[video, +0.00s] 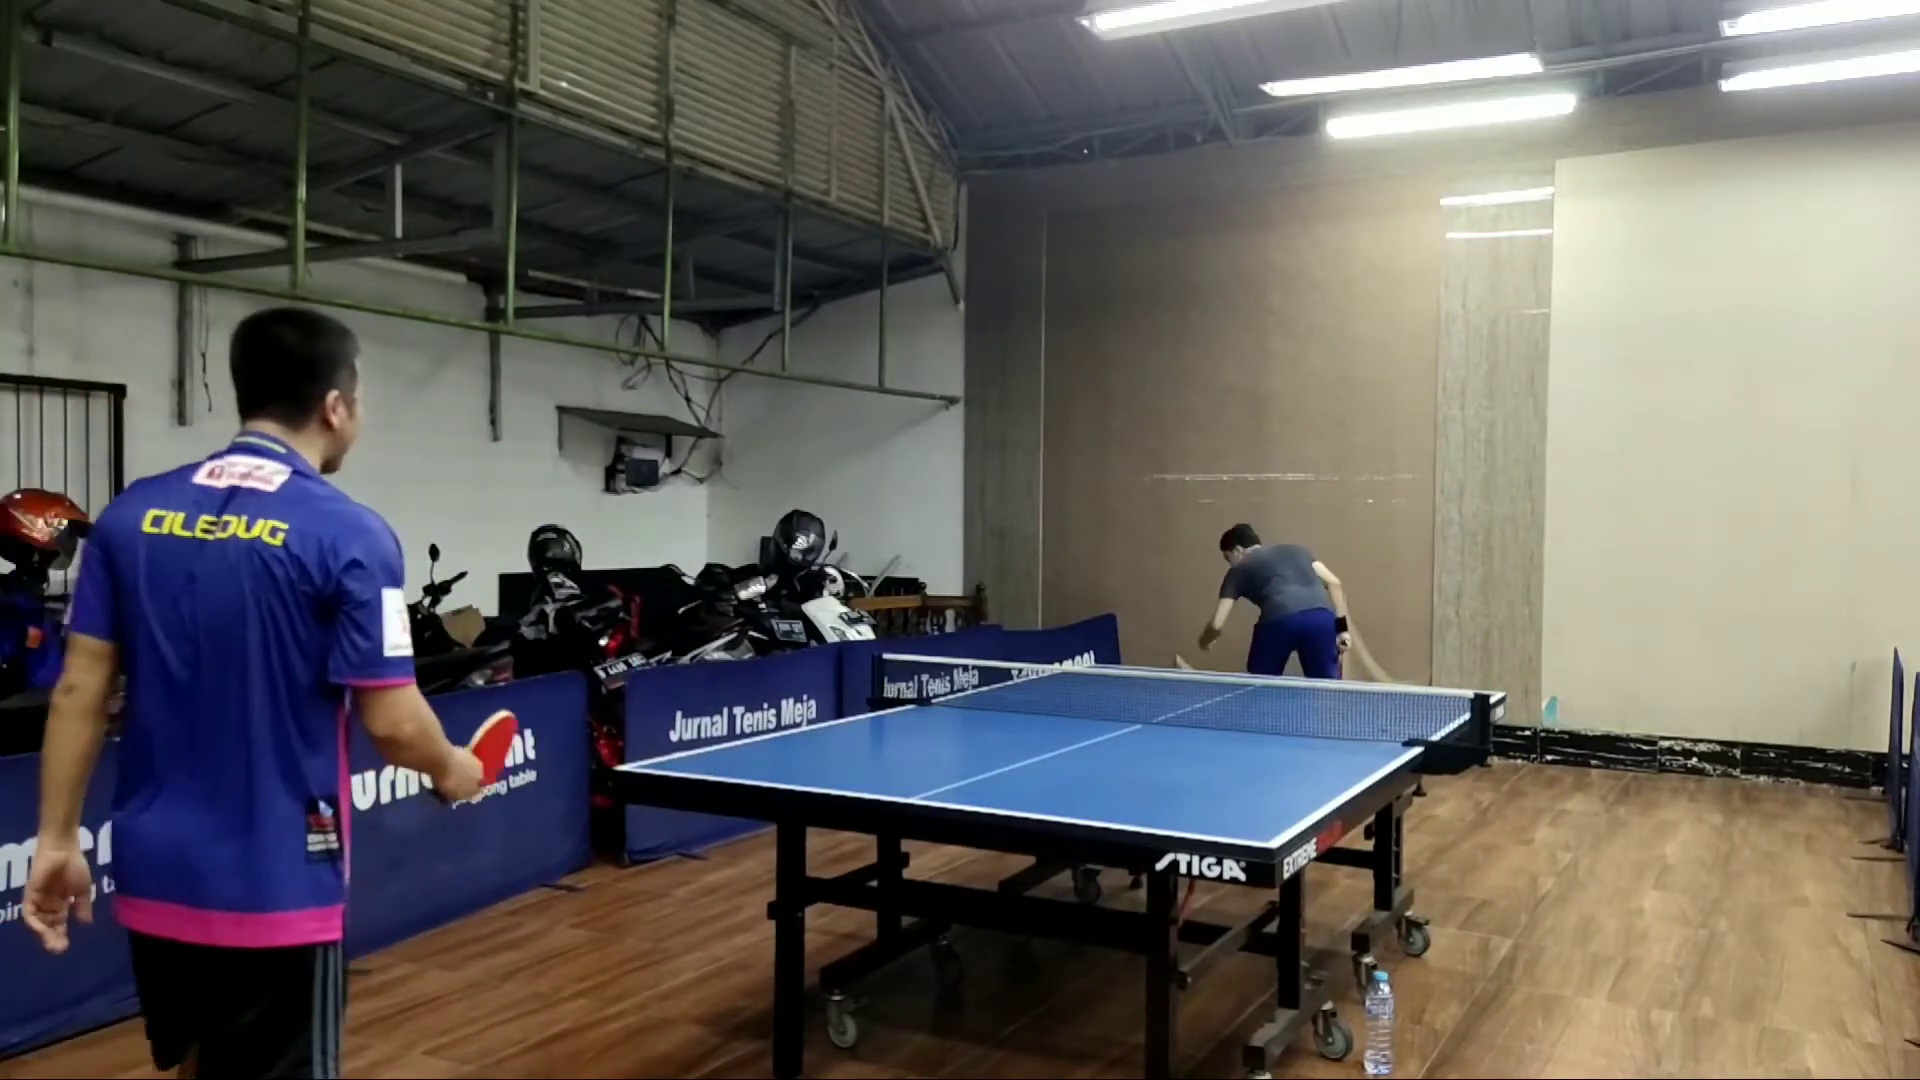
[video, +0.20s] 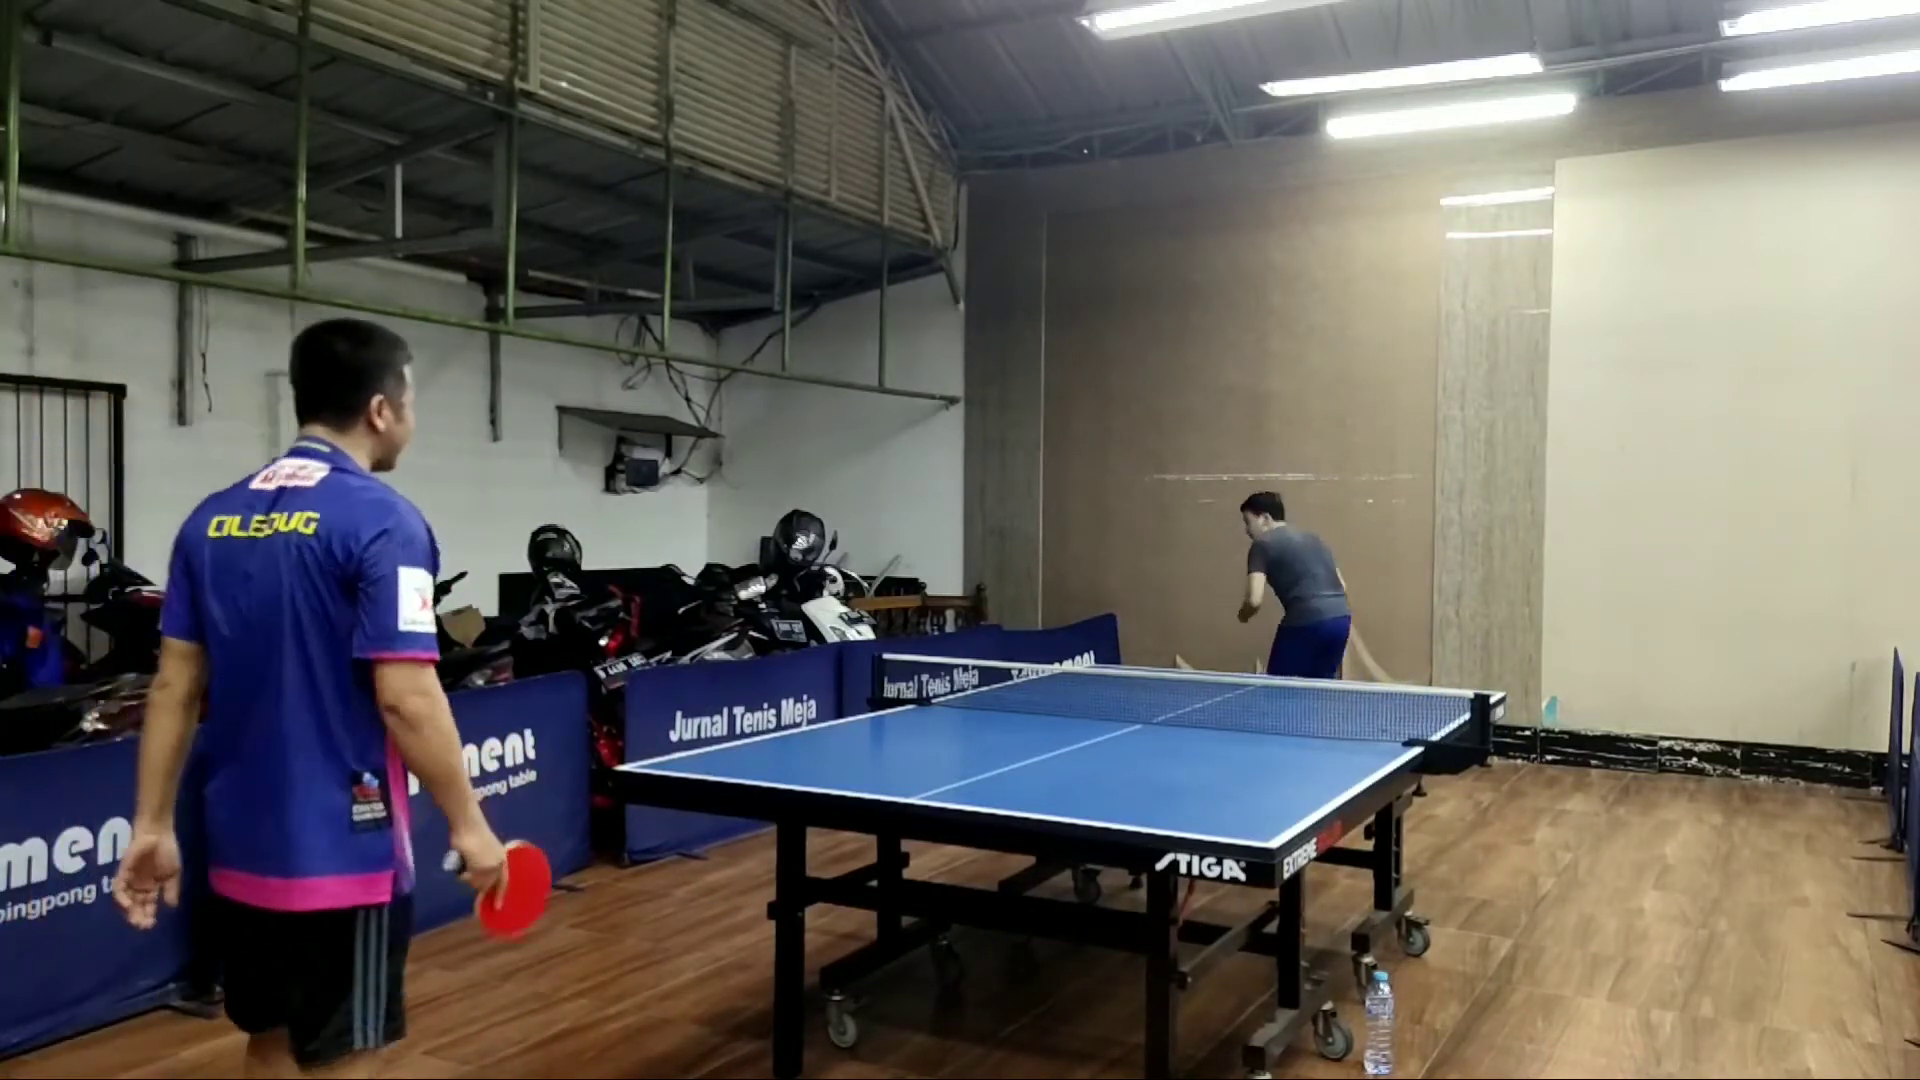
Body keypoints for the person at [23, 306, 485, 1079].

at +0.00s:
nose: (358, 419)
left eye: (358, 399)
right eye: (356, 398)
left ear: (247, 394)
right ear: (334, 405)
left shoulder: (132, 512)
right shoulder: (350, 534)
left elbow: (79, 691)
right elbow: (392, 720)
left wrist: (57, 838)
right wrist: (449, 764)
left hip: (153, 886)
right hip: (279, 900)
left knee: (195, 1061)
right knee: (285, 1065)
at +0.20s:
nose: (411, 422)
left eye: (410, 402)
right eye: (408, 401)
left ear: (307, 400)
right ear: (381, 407)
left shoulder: (211, 517)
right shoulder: (383, 521)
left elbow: (175, 682)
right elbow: (406, 697)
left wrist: (152, 823)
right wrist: (468, 824)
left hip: (234, 851)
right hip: (341, 859)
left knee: (269, 1043)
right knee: (346, 1059)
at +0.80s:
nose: (608, 426)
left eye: (605, 410)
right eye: (601, 410)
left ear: (538, 421)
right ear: (568, 421)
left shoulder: (500, 505)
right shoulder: (527, 529)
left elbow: (512, 670)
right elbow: (493, 689)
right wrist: (533, 830)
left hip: (491, 806)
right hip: (567, 813)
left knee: (464, 969)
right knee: (612, 975)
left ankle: (391, 1074)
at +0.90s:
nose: (639, 424)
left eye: (636, 408)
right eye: (634, 409)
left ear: (561, 419)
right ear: (608, 420)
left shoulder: (527, 503)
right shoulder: (570, 529)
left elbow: (529, 669)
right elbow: (550, 687)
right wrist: (604, 820)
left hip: (536, 794)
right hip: (588, 801)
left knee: (561, 949)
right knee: (625, 971)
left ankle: (457, 1071)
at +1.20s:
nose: (715, 418)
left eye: (711, 402)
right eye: (711, 402)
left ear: (641, 412)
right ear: (691, 412)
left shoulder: (660, 504)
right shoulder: (634, 513)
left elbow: (654, 650)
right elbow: (635, 658)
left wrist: (717, 719)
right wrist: (757, 726)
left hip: (672, 773)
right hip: (624, 788)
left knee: (709, 932)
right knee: (635, 977)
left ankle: (713, 1074)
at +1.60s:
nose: (790, 420)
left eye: (787, 406)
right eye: (786, 407)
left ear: (719, 416)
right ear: (769, 415)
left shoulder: (741, 504)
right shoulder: (697, 506)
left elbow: (727, 639)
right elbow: (658, 633)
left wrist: (789, 713)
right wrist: (770, 703)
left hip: (754, 775)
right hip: (711, 784)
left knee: (756, 966)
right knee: (734, 972)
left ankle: (753, 1075)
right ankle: (658, 1075)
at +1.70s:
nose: (809, 426)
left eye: (807, 412)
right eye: (806, 413)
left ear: (739, 419)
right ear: (788, 419)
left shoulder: (757, 507)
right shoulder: (709, 508)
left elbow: (738, 640)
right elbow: (668, 632)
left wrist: (798, 718)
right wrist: (781, 704)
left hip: (757, 777)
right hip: (721, 784)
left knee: (748, 964)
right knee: (784, 966)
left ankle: (751, 1079)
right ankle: (681, 1074)